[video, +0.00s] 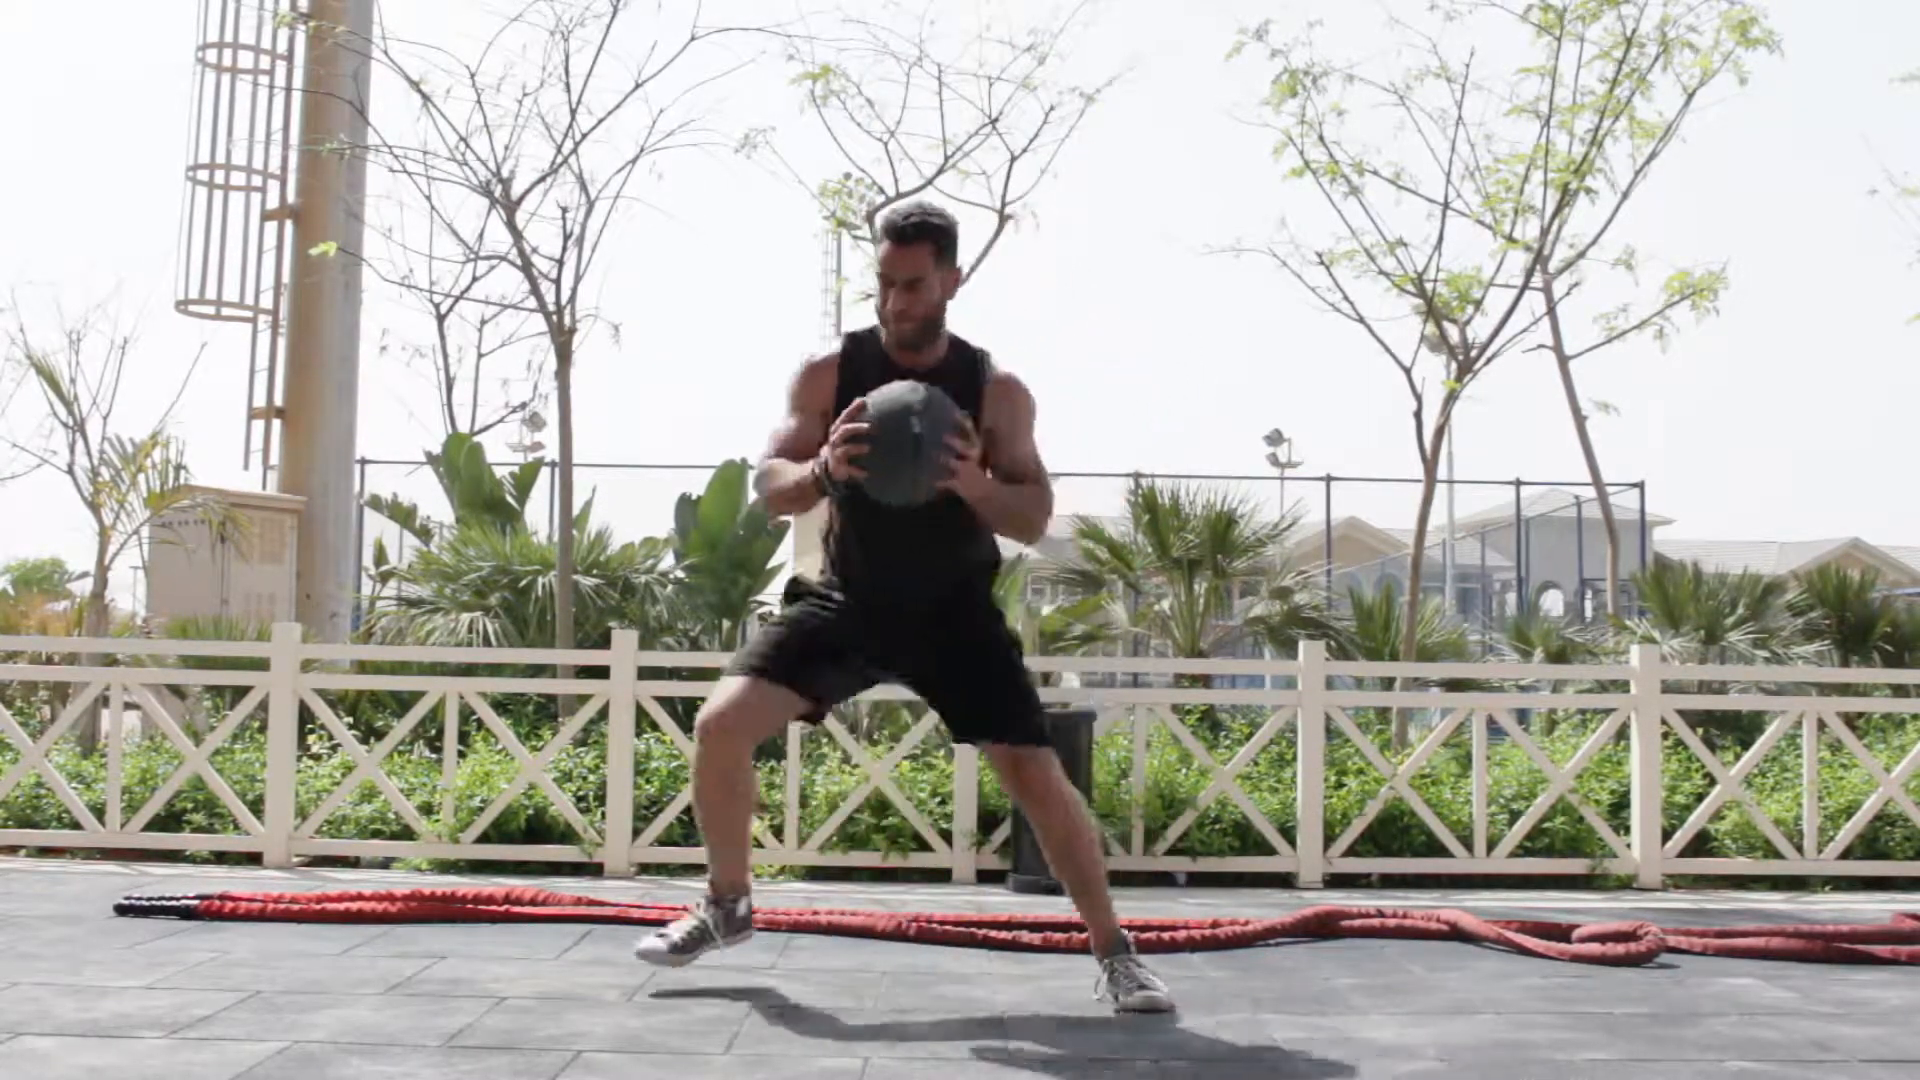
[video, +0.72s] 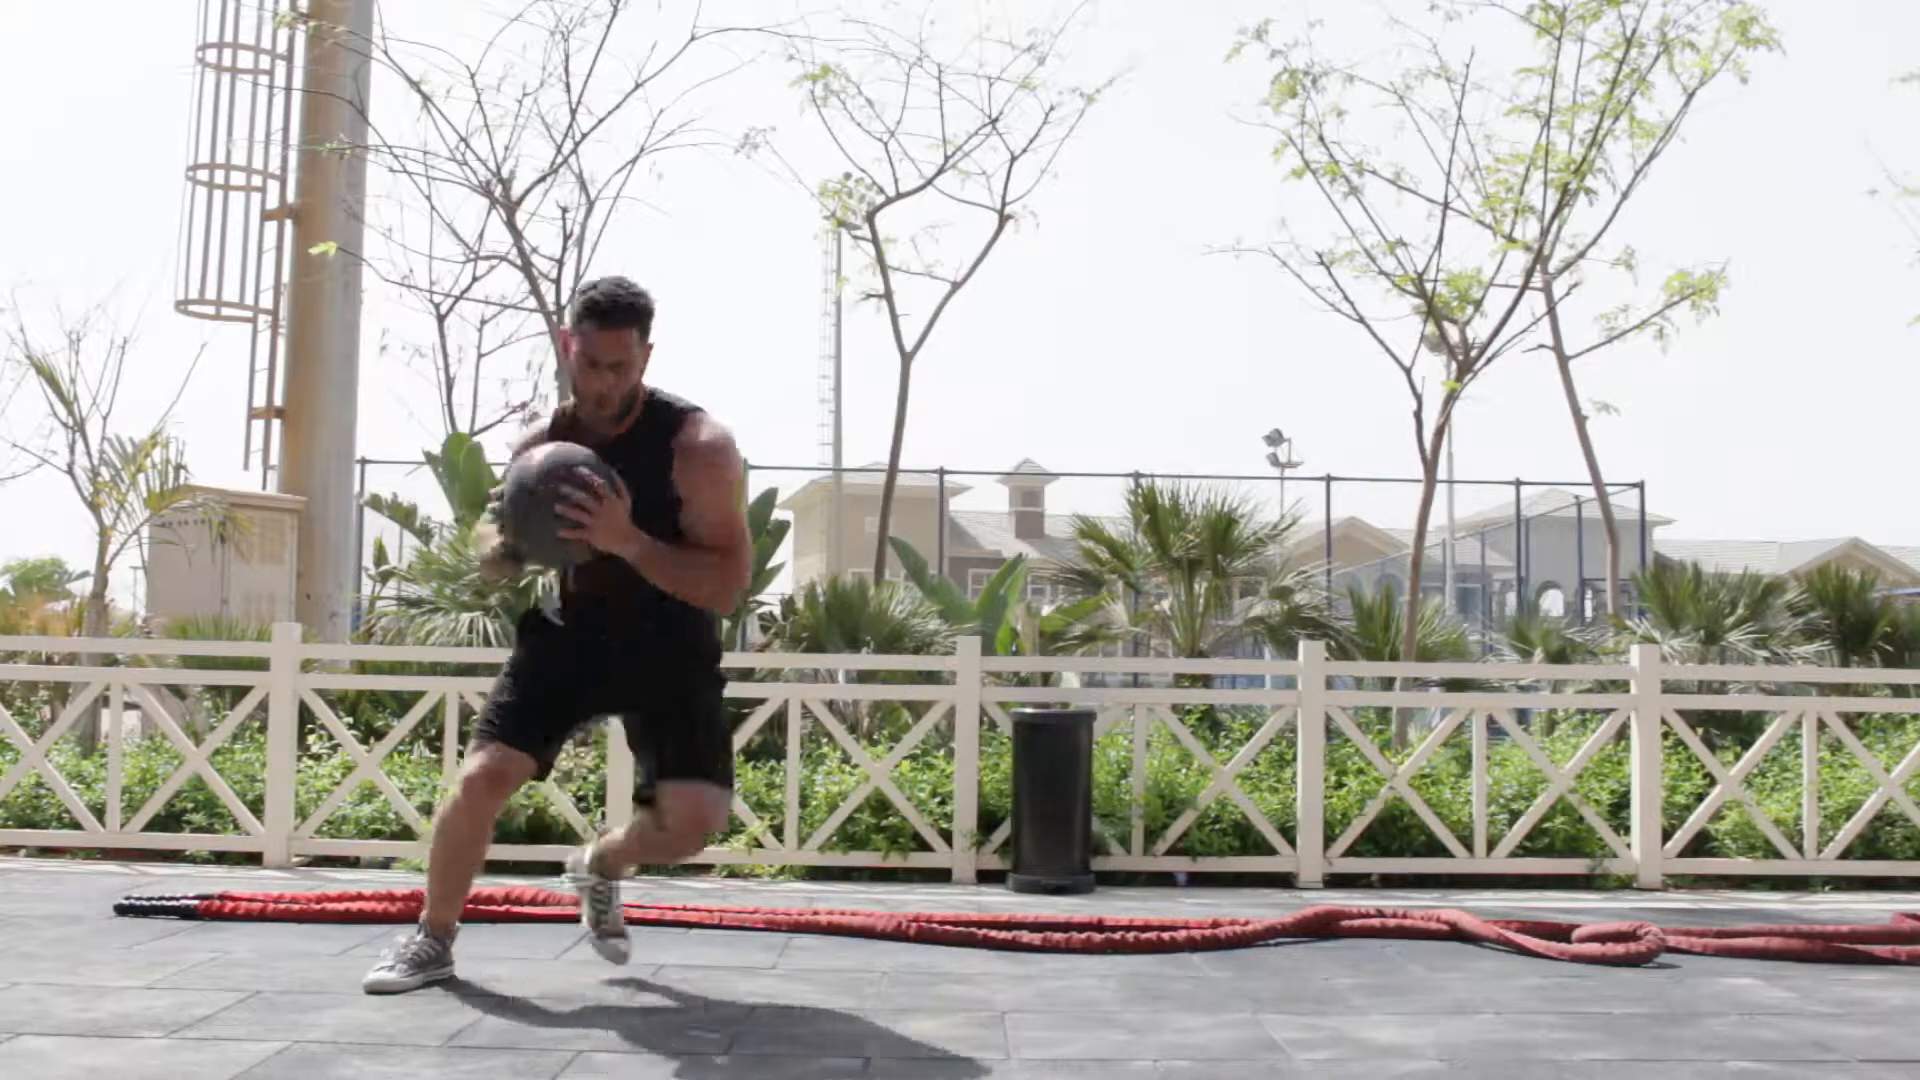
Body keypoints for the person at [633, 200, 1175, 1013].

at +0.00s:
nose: (896, 300)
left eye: (915, 284)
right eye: (886, 282)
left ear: (952, 283)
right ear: (874, 279)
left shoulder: (996, 393)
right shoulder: (827, 377)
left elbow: (1034, 518)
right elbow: (771, 492)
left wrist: (976, 482)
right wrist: (820, 471)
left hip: (958, 620)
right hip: (847, 610)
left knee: (1038, 774)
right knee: (720, 726)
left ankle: (1114, 951)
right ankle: (727, 905)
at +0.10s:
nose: (800, 275)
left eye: (818, 260)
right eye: (791, 258)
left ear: (859, 259)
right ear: (779, 254)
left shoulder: (906, 362)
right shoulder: (738, 343)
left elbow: (929, 499)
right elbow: (684, 458)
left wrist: (846, 447)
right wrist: (710, 431)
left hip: (868, 593)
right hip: (752, 585)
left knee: (956, 748)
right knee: (629, 718)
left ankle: (1040, 928)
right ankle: (510, 891)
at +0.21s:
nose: (668, 317)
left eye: (688, 305)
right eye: (663, 298)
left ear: (732, 303)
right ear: (656, 289)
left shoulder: (772, 405)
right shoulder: (637, 376)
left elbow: (758, 553)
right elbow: (582, 489)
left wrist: (673, 473)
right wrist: (579, 441)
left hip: (734, 626)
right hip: (633, 616)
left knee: (798, 784)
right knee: (526, 755)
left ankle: (798, 868)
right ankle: (436, 936)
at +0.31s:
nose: (584, 369)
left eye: (606, 356)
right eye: (581, 348)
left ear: (651, 358)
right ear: (573, 340)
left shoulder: (688, 459)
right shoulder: (571, 411)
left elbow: (642, 605)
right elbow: (524, 529)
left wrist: (559, 515)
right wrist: (517, 492)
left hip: (665, 654)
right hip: (578, 622)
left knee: (639, 861)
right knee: (475, 761)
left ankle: (614, 847)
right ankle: (429, 937)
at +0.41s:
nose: (532, 406)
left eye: (554, 394)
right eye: (529, 387)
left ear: (600, 392)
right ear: (522, 377)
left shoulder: (629, 494)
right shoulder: (539, 443)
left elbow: (571, 644)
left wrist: (494, 546)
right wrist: (485, 515)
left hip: (622, 686)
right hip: (535, 646)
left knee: (538, 869)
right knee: (449, 760)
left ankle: (503, 819)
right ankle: (426, 937)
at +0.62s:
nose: (534, 416)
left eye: (554, 401)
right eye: (526, 396)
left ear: (596, 393)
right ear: (517, 386)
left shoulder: (647, 489)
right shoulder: (530, 454)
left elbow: (629, 638)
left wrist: (528, 569)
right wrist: (490, 537)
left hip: (633, 676)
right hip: (548, 637)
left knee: (540, 852)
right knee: (460, 773)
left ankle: (457, 831)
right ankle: (431, 937)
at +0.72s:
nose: (606, 384)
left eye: (623, 367)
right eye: (593, 364)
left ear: (647, 356)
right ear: (565, 346)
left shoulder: (700, 446)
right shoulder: (533, 442)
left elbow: (725, 585)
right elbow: (493, 561)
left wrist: (630, 540)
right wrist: (513, 542)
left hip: (671, 640)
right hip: (570, 631)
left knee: (697, 816)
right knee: (485, 773)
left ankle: (600, 865)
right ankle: (432, 938)